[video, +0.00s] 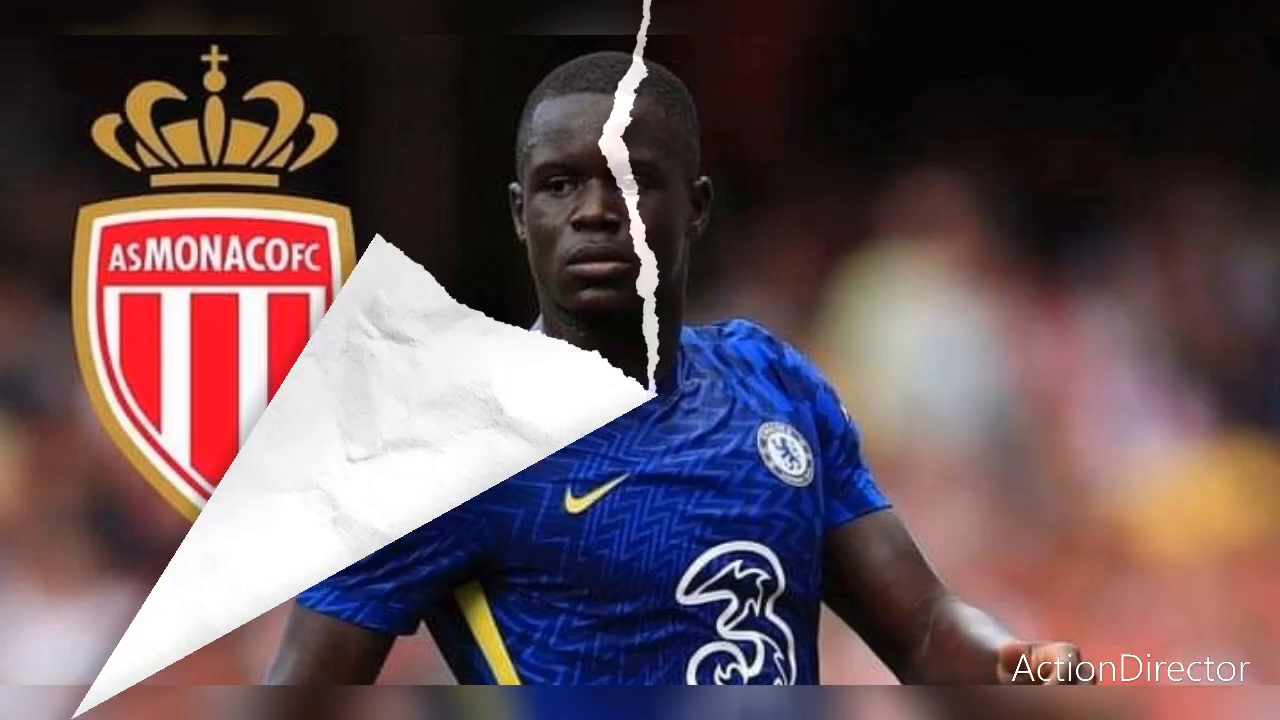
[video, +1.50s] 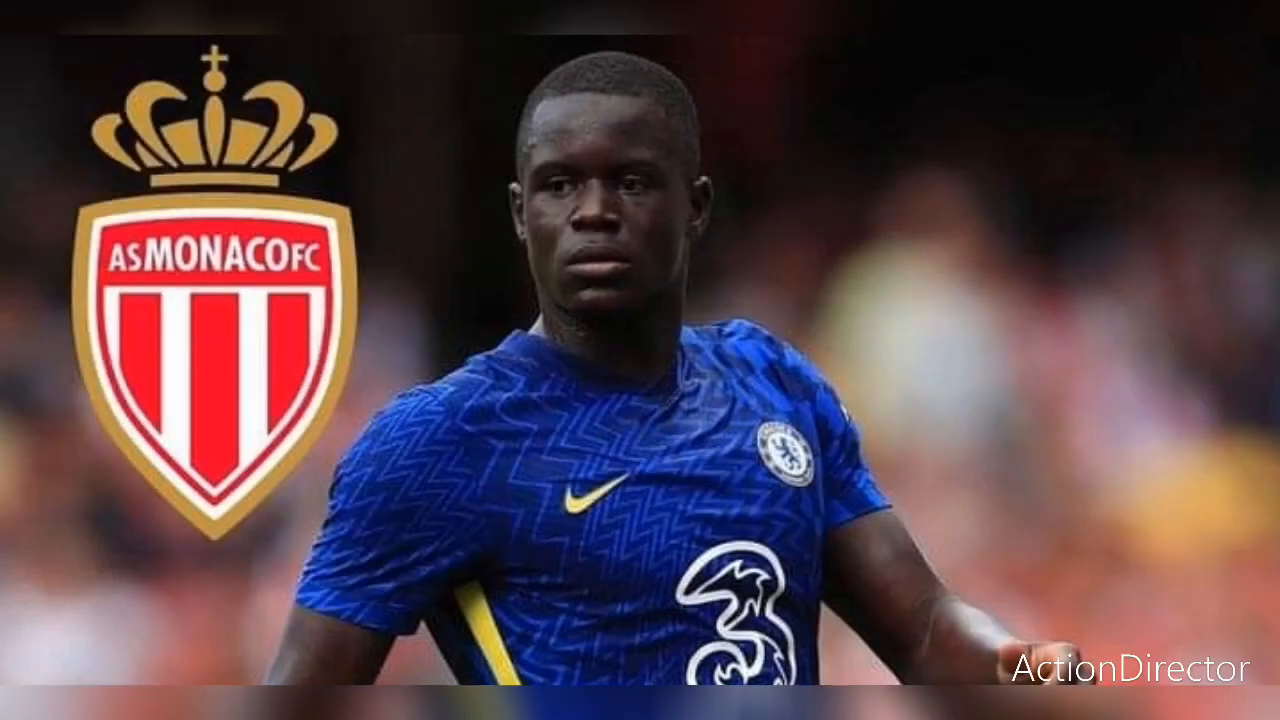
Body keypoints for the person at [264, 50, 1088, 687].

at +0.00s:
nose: (600, 209)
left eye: (636, 177)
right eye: (562, 180)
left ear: (698, 206)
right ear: (520, 213)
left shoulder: (770, 384)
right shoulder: (453, 430)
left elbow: (920, 625)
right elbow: (302, 688)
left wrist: (1021, 673)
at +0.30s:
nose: (596, 210)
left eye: (633, 179)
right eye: (560, 181)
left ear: (697, 207)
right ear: (522, 215)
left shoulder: (770, 385)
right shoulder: (433, 445)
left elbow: (920, 625)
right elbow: (301, 691)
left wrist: (1019, 674)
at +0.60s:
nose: (596, 210)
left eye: (633, 178)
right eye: (560, 181)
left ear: (696, 207)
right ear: (522, 215)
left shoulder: (770, 385)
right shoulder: (433, 444)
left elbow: (921, 625)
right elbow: (301, 691)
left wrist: (1020, 674)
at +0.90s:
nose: (596, 210)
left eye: (633, 178)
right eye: (560, 181)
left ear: (696, 207)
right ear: (522, 215)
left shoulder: (770, 385)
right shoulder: (433, 444)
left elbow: (921, 625)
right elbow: (301, 691)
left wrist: (1020, 674)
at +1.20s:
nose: (596, 210)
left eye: (633, 178)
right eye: (560, 181)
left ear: (697, 207)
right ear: (522, 215)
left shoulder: (770, 385)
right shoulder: (433, 444)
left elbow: (921, 625)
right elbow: (301, 691)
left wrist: (1020, 674)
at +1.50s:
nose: (596, 210)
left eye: (633, 178)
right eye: (560, 181)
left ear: (696, 207)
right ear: (522, 215)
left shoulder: (770, 385)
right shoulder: (434, 444)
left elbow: (921, 625)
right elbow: (301, 691)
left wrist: (1017, 673)